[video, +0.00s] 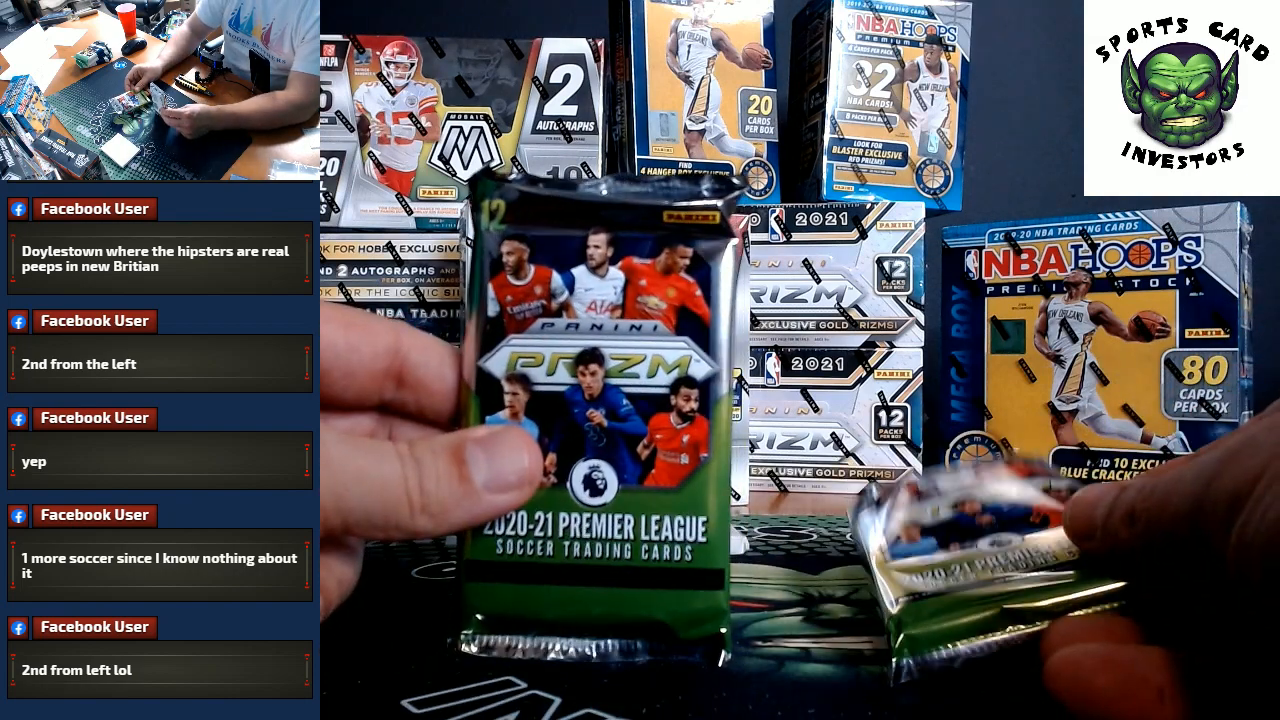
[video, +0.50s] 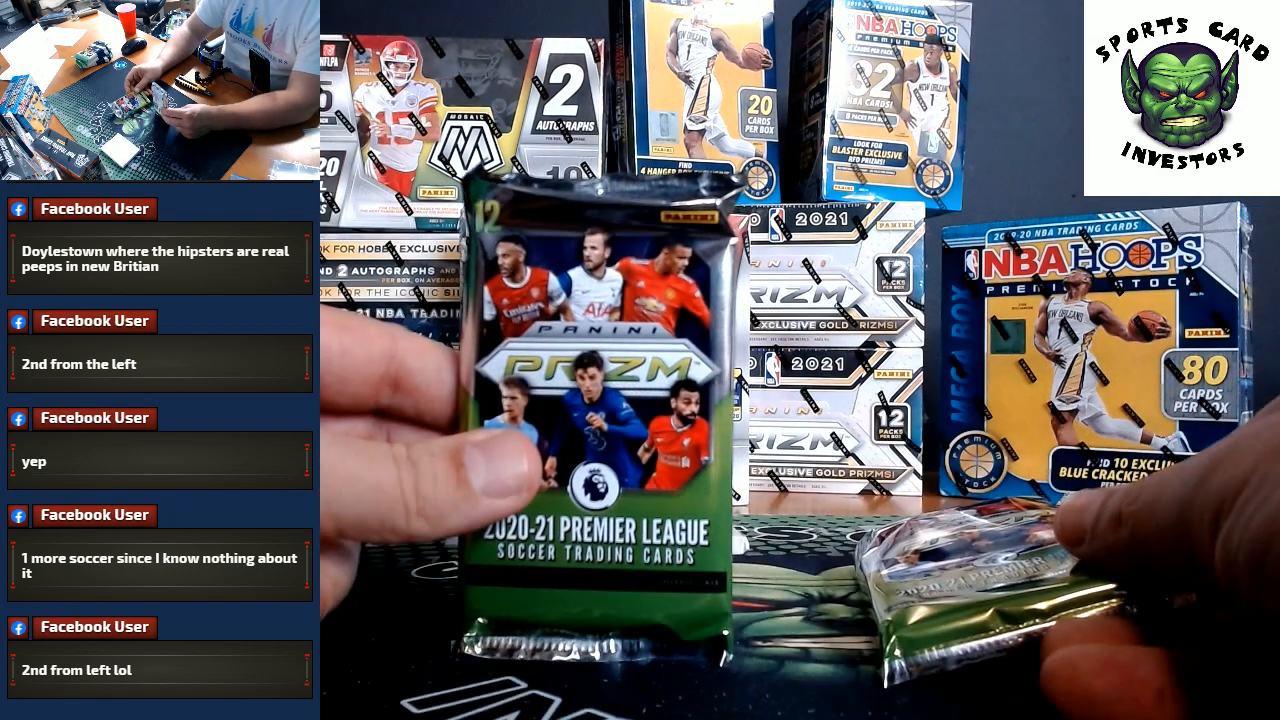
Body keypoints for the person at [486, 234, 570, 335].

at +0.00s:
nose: (504, 260)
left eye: (510, 254)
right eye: (502, 255)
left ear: (525, 254)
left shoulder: (549, 277)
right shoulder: (494, 287)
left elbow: (568, 307)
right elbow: (491, 325)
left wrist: (574, 334)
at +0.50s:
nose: (500, 262)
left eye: (505, 256)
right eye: (498, 257)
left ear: (521, 256)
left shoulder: (546, 279)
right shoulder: (490, 290)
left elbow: (565, 310)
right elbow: (487, 329)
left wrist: (572, 337)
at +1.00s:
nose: (493, 262)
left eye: (499, 256)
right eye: (491, 257)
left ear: (514, 255)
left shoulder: (540, 278)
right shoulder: (484, 290)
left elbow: (559, 309)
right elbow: (482, 329)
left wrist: (566, 335)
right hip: (507, 350)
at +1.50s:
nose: (495, 263)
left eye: (500, 256)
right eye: (493, 257)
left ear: (516, 256)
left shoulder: (541, 278)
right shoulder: (485, 290)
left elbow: (561, 309)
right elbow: (477, 328)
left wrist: (567, 336)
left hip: (542, 347)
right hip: (508, 350)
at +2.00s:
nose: (502, 263)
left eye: (508, 257)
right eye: (500, 257)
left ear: (523, 257)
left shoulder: (549, 280)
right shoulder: (492, 291)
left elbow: (570, 311)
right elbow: (489, 332)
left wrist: (577, 341)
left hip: (549, 351)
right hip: (515, 353)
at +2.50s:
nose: (501, 264)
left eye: (507, 258)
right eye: (499, 259)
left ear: (523, 258)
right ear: (498, 259)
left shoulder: (548, 280)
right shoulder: (492, 292)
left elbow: (568, 311)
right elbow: (485, 331)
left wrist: (578, 339)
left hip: (548, 350)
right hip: (514, 353)